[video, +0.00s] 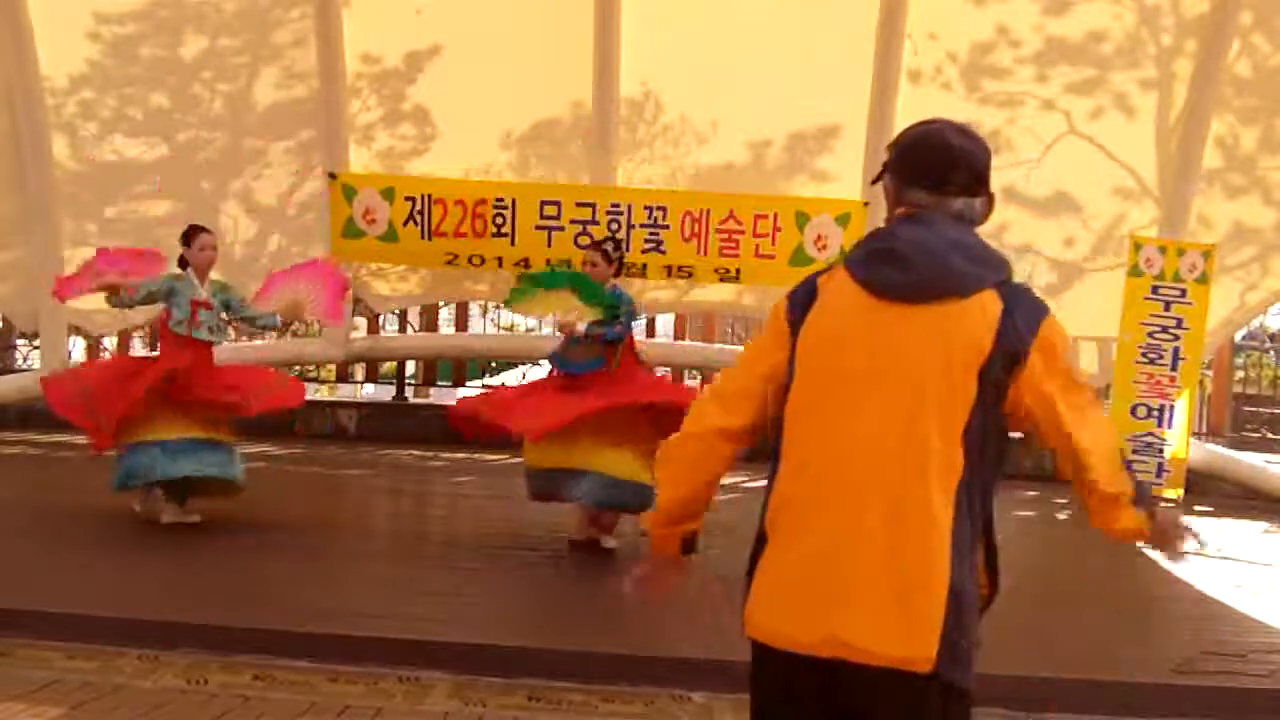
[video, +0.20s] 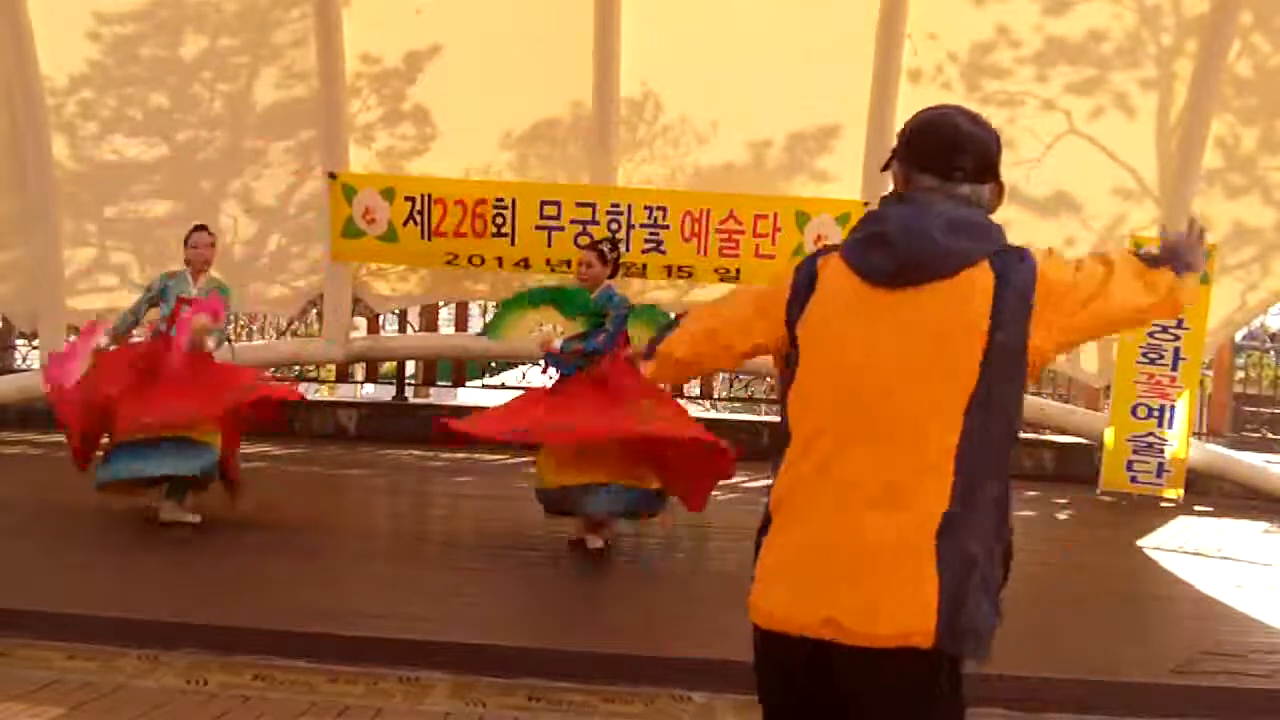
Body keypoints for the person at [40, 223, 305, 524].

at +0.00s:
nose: (212, 255)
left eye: (214, 249)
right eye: (205, 249)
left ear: (216, 253)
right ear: (187, 252)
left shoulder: (221, 291)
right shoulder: (174, 284)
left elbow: (251, 316)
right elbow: (139, 296)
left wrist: (284, 317)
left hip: (201, 368)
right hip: (170, 365)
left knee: (188, 431)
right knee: (162, 428)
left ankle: (175, 502)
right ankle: (151, 492)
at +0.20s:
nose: (202, 252)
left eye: (208, 246)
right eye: (195, 246)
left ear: (215, 251)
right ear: (185, 251)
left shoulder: (220, 291)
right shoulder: (167, 283)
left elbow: (222, 331)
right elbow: (136, 311)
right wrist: (113, 337)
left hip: (199, 366)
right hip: (164, 364)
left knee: (196, 429)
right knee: (171, 425)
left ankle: (174, 502)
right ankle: (171, 498)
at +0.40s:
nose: (184, 247)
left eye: (190, 242)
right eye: (180, 242)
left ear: (202, 247)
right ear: (175, 246)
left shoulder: (207, 279)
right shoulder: (167, 277)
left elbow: (207, 322)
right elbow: (151, 314)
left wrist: (168, 326)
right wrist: (145, 329)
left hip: (196, 356)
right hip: (167, 355)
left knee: (193, 416)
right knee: (170, 415)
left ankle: (191, 486)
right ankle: (176, 486)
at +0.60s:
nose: (180, 248)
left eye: (186, 243)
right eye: (175, 243)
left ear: (199, 248)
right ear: (170, 247)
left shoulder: (205, 281)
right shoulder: (165, 279)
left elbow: (207, 325)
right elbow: (155, 320)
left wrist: (165, 325)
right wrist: (148, 321)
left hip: (192, 359)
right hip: (165, 358)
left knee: (190, 421)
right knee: (167, 421)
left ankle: (190, 490)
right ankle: (174, 489)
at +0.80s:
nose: (176, 254)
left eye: (182, 249)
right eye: (172, 250)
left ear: (197, 253)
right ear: (168, 254)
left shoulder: (206, 288)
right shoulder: (163, 287)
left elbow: (215, 333)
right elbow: (139, 325)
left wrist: (173, 338)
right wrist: (147, 332)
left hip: (196, 367)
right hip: (164, 365)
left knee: (197, 428)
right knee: (159, 425)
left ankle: (207, 495)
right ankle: (166, 493)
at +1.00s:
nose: (175, 254)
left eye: (182, 248)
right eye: (172, 248)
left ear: (197, 253)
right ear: (169, 253)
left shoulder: (210, 289)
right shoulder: (161, 285)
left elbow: (221, 329)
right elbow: (123, 292)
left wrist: (187, 335)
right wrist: (85, 293)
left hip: (195, 365)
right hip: (161, 363)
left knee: (195, 425)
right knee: (158, 424)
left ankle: (197, 494)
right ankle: (161, 490)